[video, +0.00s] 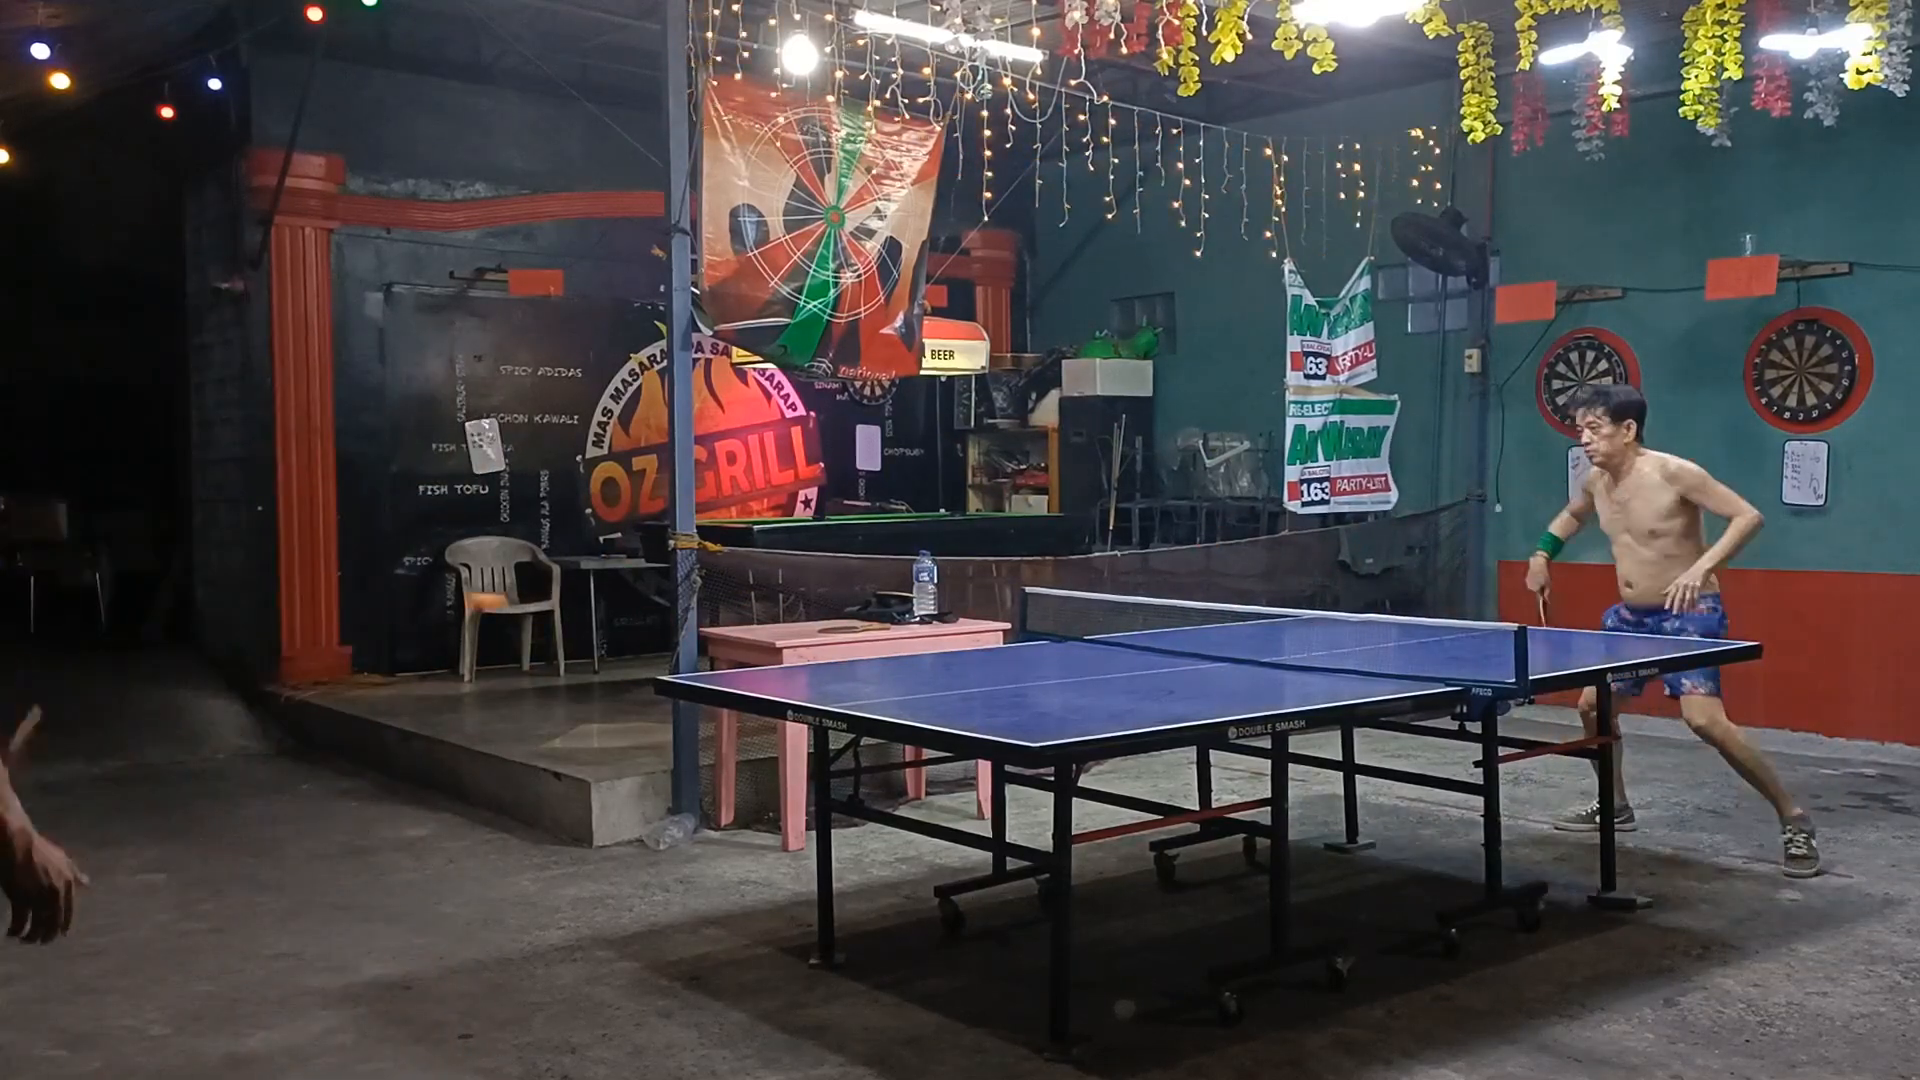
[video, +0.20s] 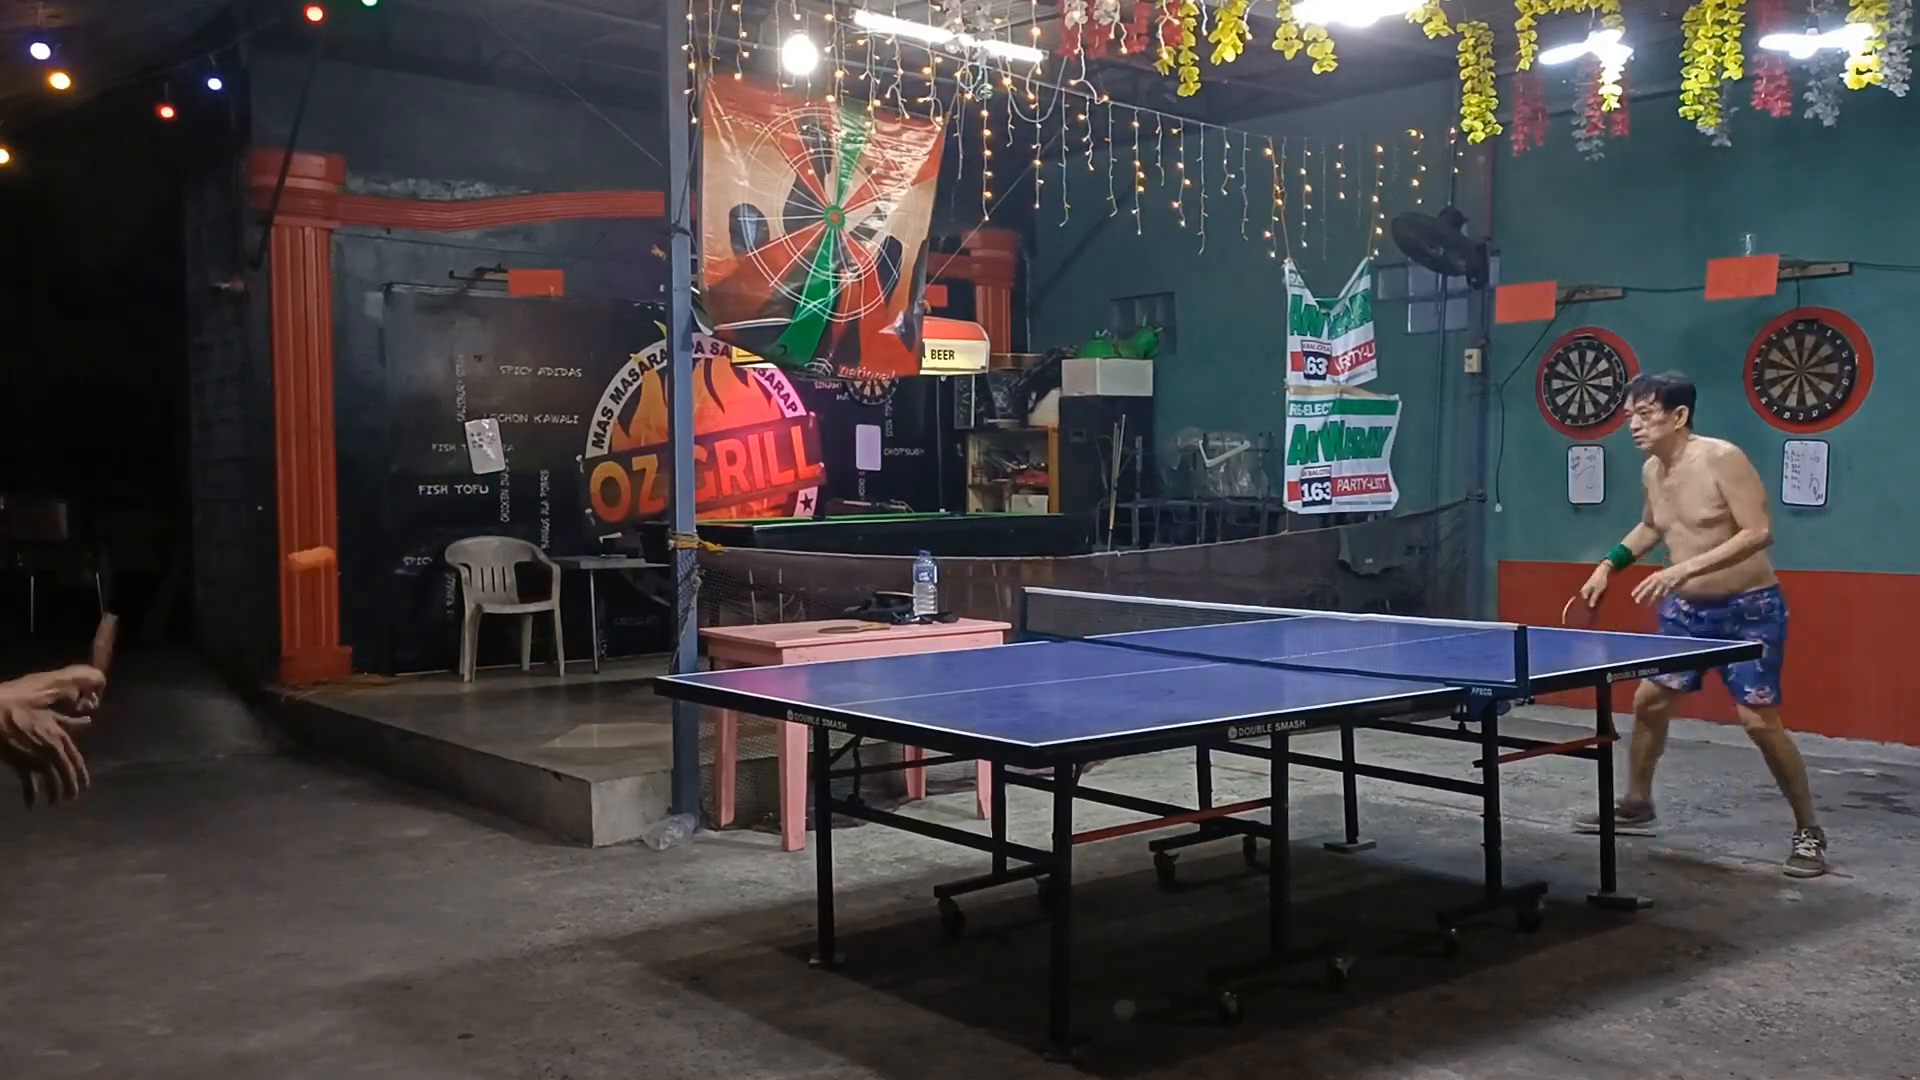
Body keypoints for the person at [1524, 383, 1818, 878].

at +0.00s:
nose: (1584, 440)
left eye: (1594, 429)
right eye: (1581, 430)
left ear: (1629, 430)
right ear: (1584, 435)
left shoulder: (1672, 472)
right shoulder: (1596, 479)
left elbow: (1748, 516)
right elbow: (1576, 514)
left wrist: (1704, 566)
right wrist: (1540, 553)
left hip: (1689, 616)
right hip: (1630, 619)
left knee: (1703, 718)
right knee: (1591, 706)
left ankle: (1793, 818)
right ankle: (1613, 803)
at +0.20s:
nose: (1634, 425)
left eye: (1645, 414)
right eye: (1631, 416)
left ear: (1679, 416)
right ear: (1633, 421)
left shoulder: (1722, 458)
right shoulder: (1653, 469)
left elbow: (1758, 533)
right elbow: (1652, 527)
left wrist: (1681, 571)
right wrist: (1608, 565)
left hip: (1749, 611)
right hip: (1688, 612)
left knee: (1759, 722)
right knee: (1649, 705)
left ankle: (1807, 829)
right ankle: (1637, 802)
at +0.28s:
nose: (1645, 410)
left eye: (1655, 400)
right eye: (1642, 401)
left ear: (1690, 402)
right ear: (1644, 405)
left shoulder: (1731, 442)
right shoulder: (1666, 456)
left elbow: (1759, 517)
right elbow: (1663, 517)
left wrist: (1684, 554)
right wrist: (1617, 551)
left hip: (1767, 596)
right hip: (1707, 598)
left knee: (1770, 711)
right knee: (1672, 695)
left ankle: (1813, 827)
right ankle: (1693, 809)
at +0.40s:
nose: (1667, 415)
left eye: (1677, 404)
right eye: (1664, 406)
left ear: (1712, 405)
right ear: (1669, 411)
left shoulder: (1748, 446)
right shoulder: (1691, 462)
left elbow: (1750, 519)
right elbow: (1674, 519)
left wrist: (1673, 566)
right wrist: (1615, 538)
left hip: (1799, 601)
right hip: (1744, 609)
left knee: (1800, 716)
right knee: (1723, 718)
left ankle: (1873, 834)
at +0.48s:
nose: (1679, 432)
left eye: (1689, 421)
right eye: (1675, 423)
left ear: (1724, 423)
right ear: (1679, 428)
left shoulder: (1757, 463)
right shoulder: (1706, 479)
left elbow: (1744, 539)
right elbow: (1684, 531)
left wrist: (1673, 599)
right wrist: (1623, 538)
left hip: (1815, 618)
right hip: (1761, 627)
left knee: (1830, 730)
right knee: (1725, 727)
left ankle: (1909, 858)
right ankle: (1784, 846)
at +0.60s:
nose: (1703, 453)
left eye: (1712, 441)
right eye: (1699, 444)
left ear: (1749, 442)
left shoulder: (1780, 478)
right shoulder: (1746, 495)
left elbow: (1763, 556)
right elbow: (1724, 545)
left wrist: (1682, 605)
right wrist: (1655, 540)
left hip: (1851, 631)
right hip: (1790, 641)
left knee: (1883, 748)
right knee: (1735, 730)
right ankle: (1785, 845)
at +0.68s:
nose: (1719, 456)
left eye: (1728, 443)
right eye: (1715, 446)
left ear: (1764, 441)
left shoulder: (1794, 475)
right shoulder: (1773, 490)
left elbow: (1770, 548)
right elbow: (1754, 546)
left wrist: (1687, 597)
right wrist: (1680, 544)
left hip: (1873, 635)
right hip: (1809, 644)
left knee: (1906, 758)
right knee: (1753, 731)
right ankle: (1785, 845)